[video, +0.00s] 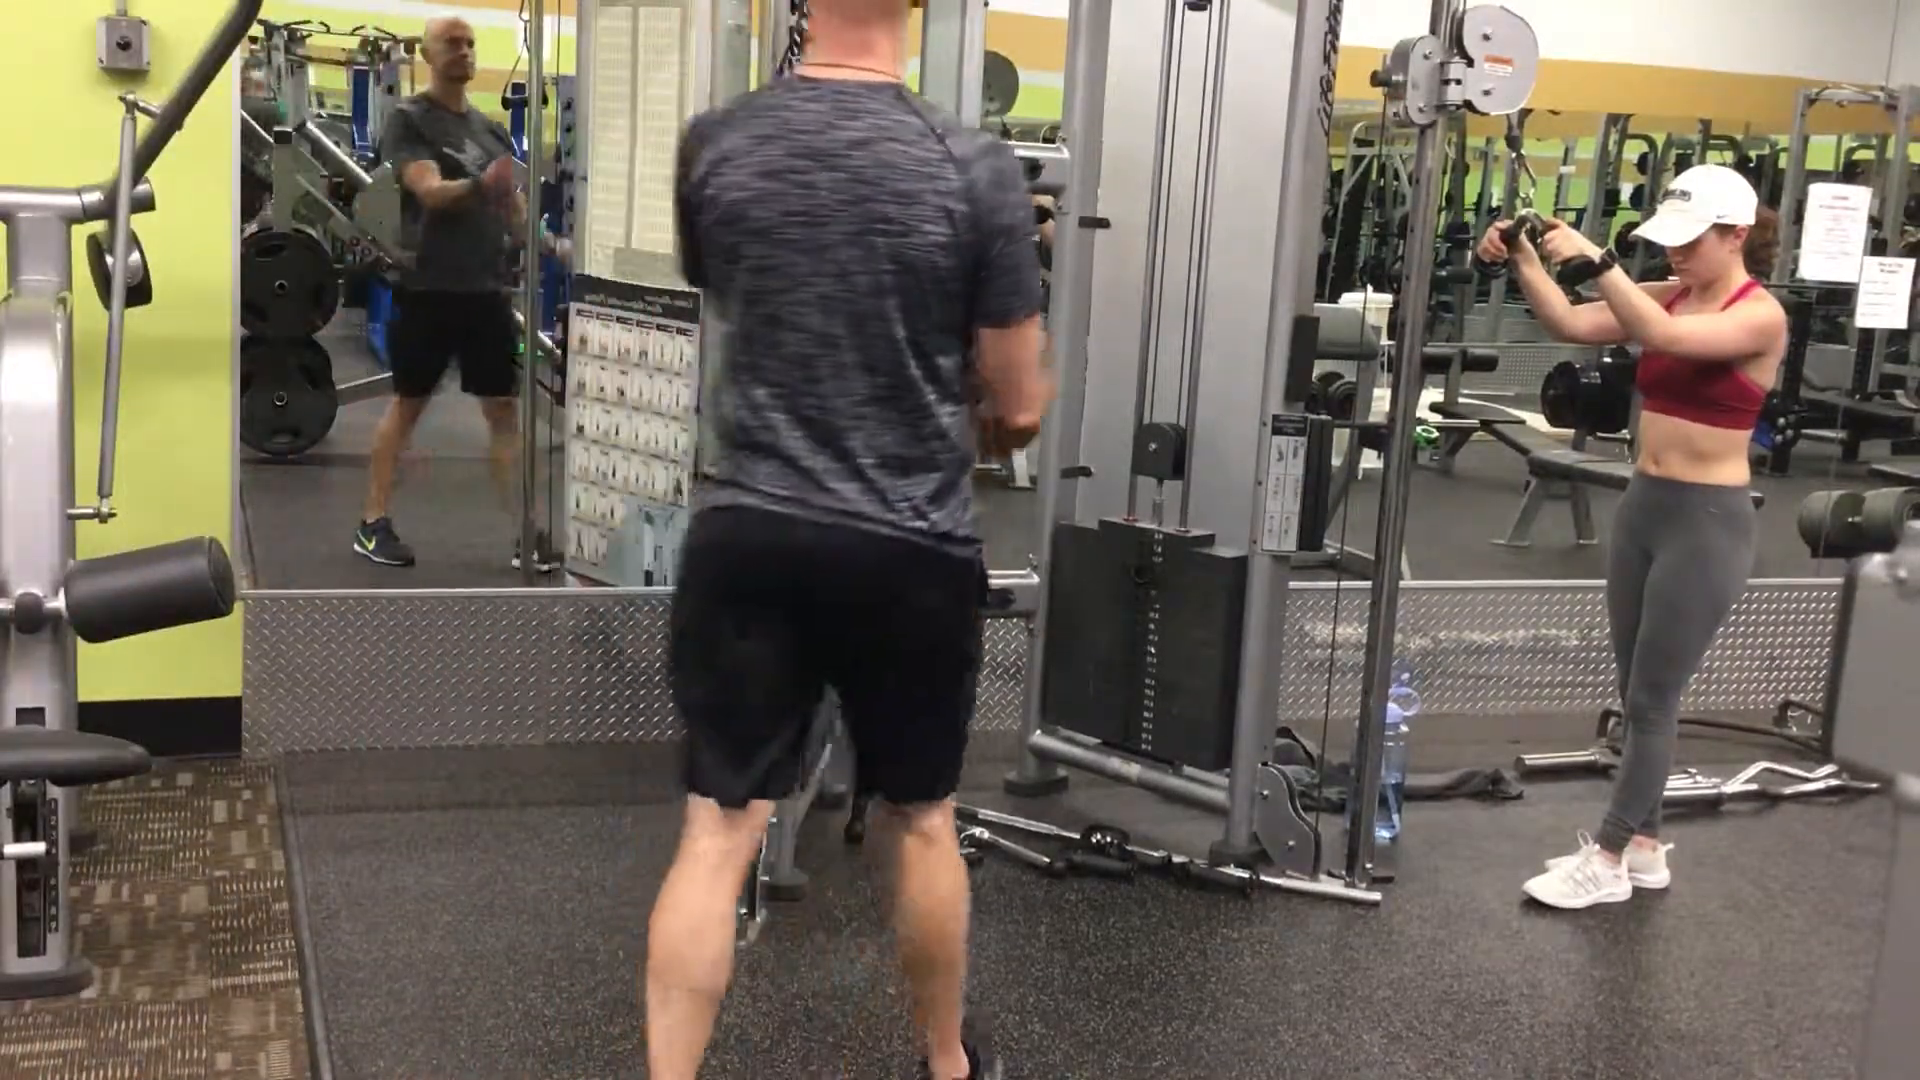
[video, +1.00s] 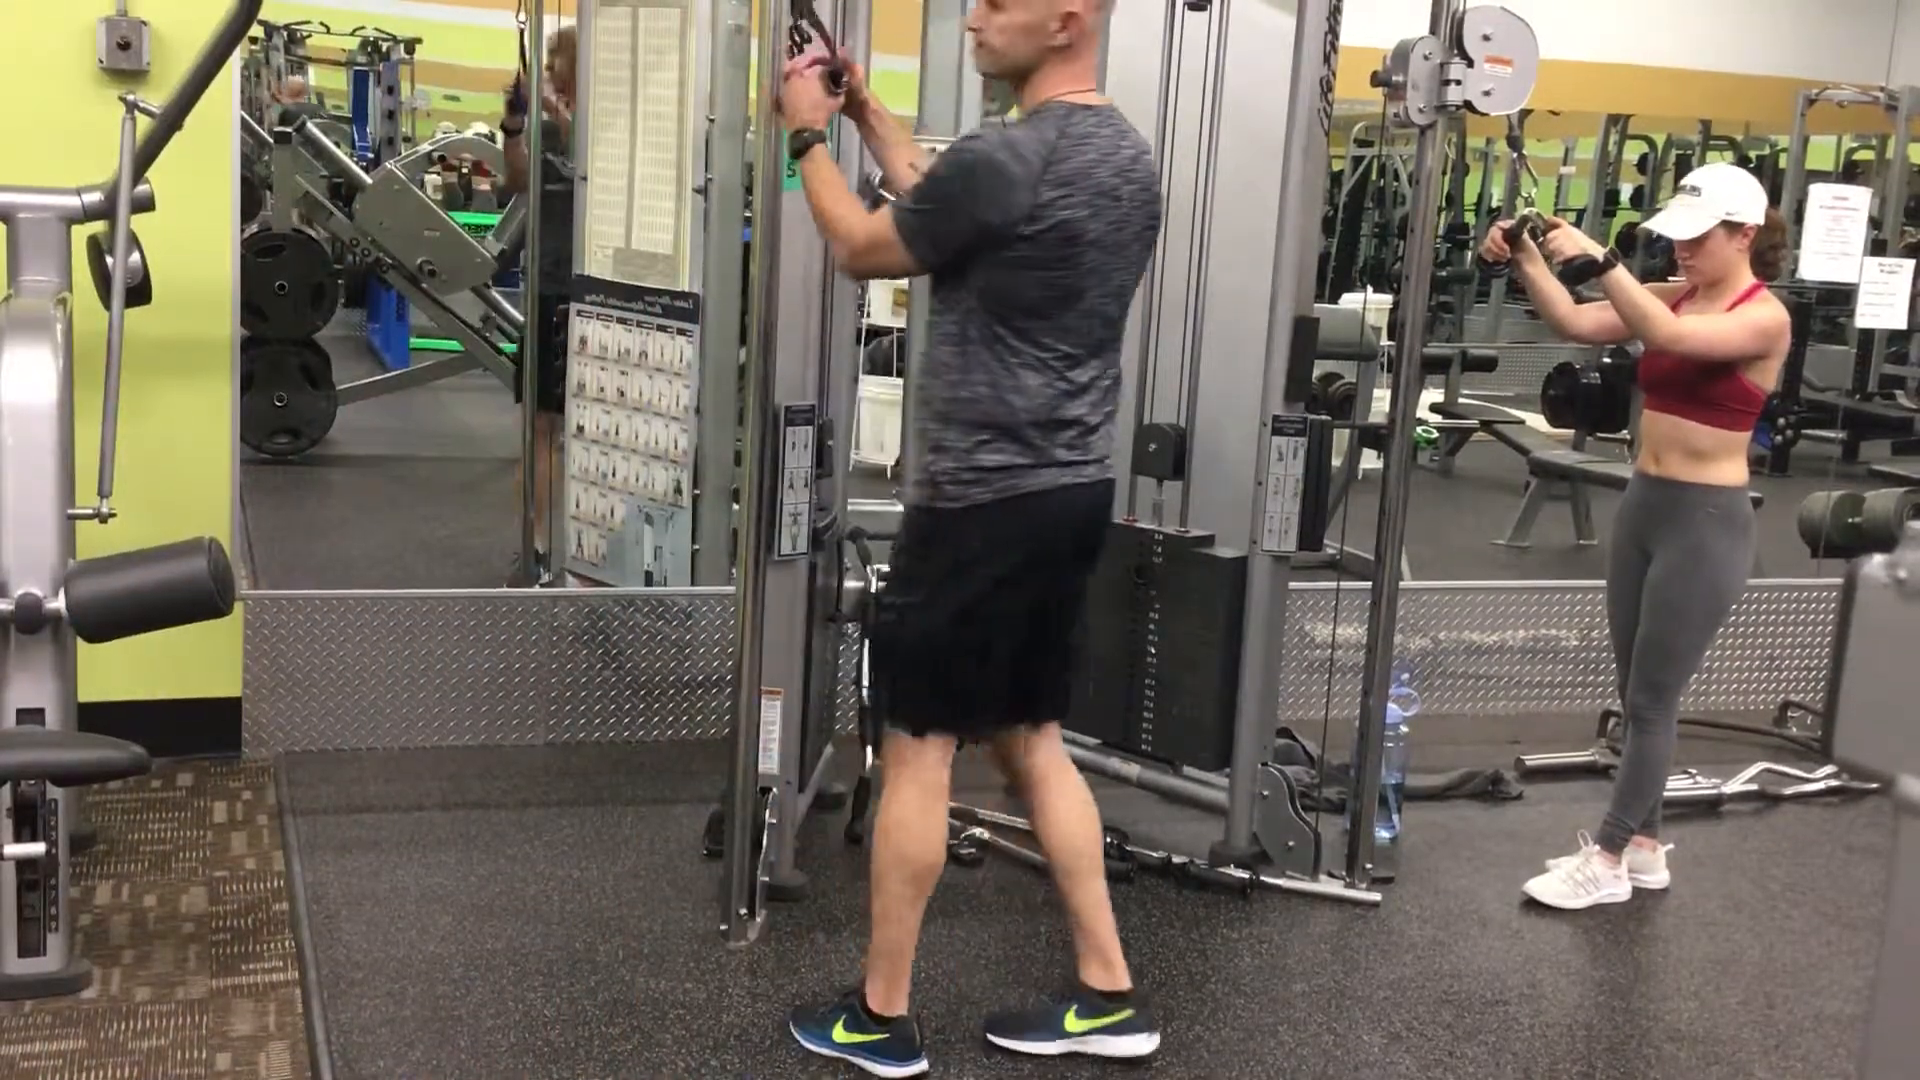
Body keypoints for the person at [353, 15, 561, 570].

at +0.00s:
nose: (464, 53)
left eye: (469, 44)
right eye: (452, 44)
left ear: (476, 54)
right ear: (426, 55)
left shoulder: (492, 132)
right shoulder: (407, 120)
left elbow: (514, 213)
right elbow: (428, 192)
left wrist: (528, 224)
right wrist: (482, 186)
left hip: (485, 293)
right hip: (428, 291)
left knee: (503, 412)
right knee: (406, 406)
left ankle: (526, 530)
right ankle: (374, 521)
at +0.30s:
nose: (510, 52)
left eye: (518, 42)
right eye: (499, 43)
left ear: (529, 51)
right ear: (479, 53)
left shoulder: (552, 115)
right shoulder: (461, 118)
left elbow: (584, 175)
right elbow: (481, 174)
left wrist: (567, 159)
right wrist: (519, 149)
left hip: (553, 281)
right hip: (490, 282)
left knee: (549, 415)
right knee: (493, 404)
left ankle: (538, 535)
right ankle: (451, 509)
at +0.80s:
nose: (536, 79)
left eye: (546, 69)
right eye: (531, 69)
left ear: (568, 71)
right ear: (523, 73)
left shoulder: (587, 123)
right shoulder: (515, 121)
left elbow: (593, 161)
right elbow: (503, 189)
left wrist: (544, 103)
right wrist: (506, 129)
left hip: (580, 282)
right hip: (523, 282)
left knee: (571, 428)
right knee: (527, 428)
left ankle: (565, 552)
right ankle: (528, 550)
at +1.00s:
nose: (554, 76)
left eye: (562, 68)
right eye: (553, 67)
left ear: (587, 71)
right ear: (553, 71)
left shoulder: (607, 129)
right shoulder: (546, 124)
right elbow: (518, 179)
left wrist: (565, 124)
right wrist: (518, 115)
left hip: (596, 288)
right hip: (549, 287)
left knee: (586, 431)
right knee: (543, 428)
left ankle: (589, 558)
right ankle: (536, 547)